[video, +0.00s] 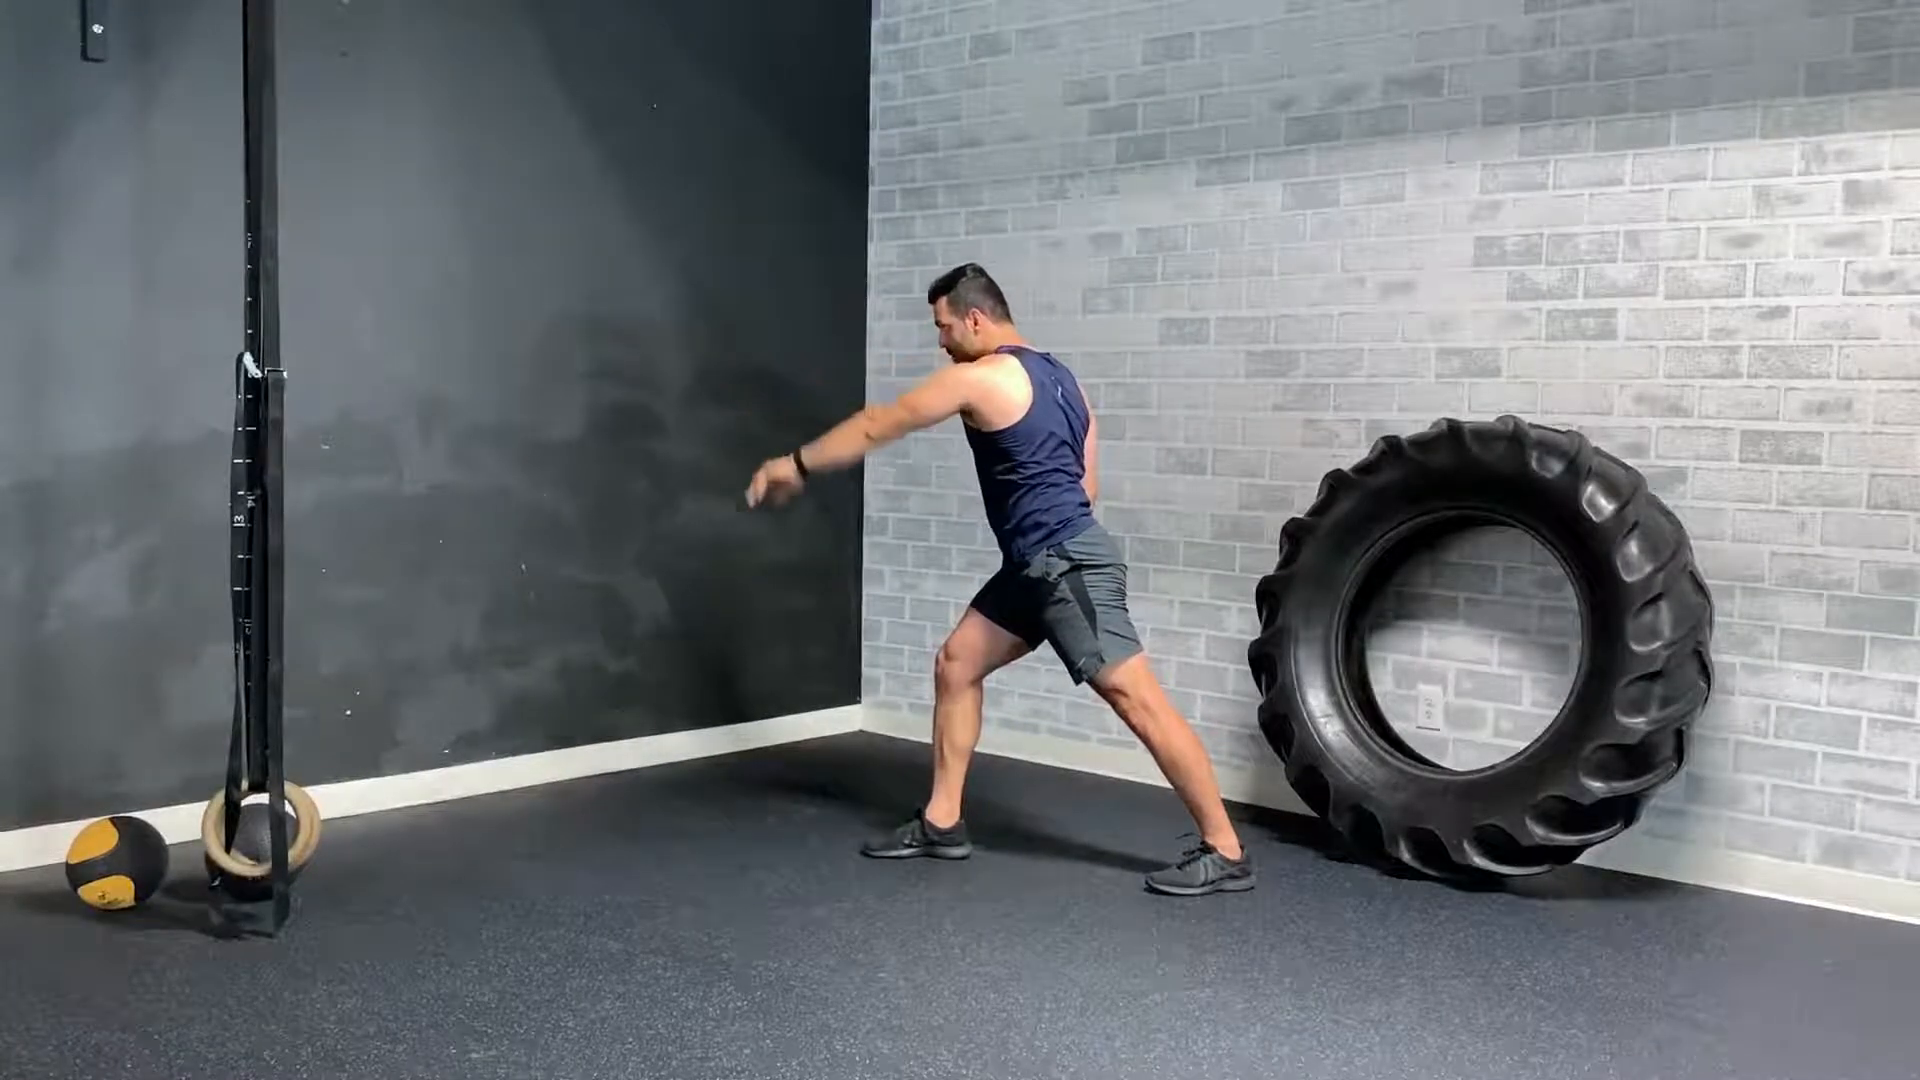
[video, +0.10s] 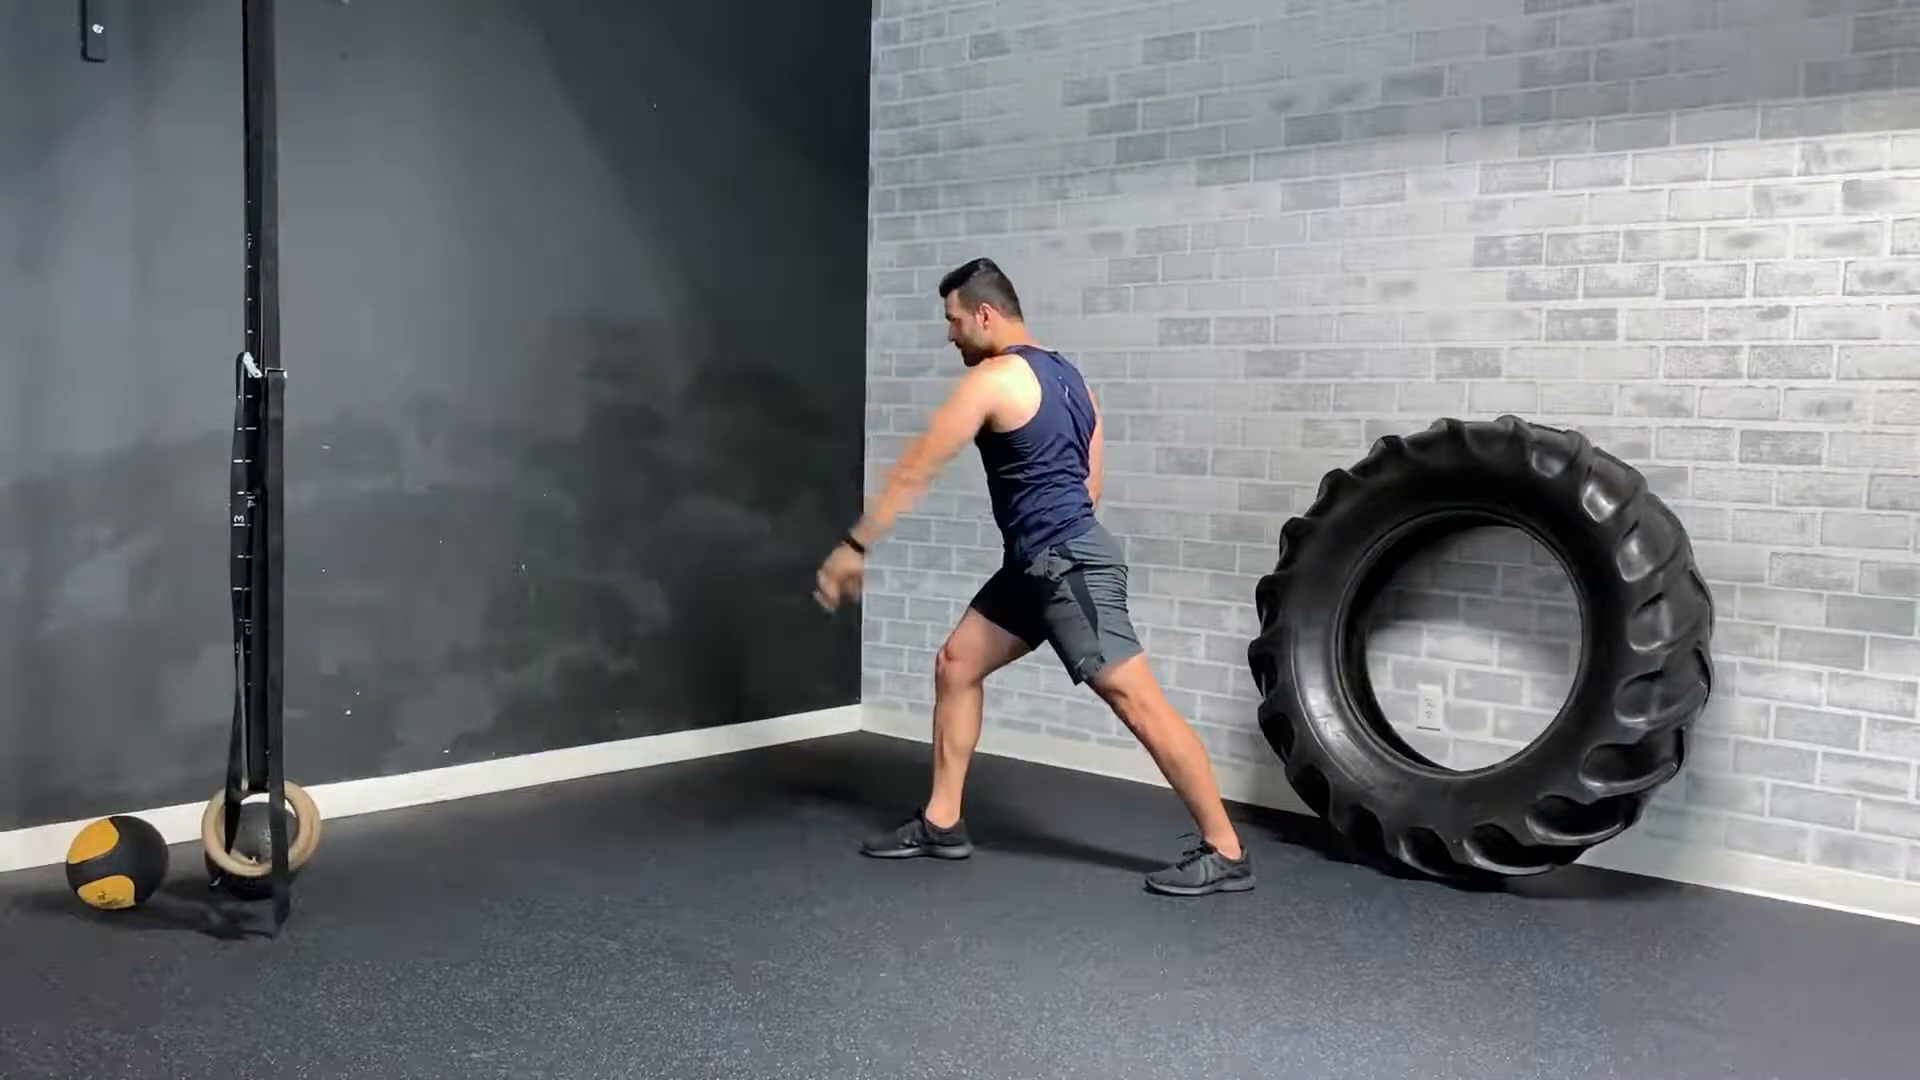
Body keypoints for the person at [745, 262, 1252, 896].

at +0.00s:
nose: (941, 342)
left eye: (943, 327)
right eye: (939, 330)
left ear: (973, 317)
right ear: (992, 315)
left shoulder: (975, 376)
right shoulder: (1060, 378)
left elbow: (877, 426)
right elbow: (1084, 489)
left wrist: (798, 463)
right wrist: (1044, 549)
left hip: (1067, 561)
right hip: (1049, 564)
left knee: (1139, 701)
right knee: (958, 662)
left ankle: (1225, 849)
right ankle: (942, 822)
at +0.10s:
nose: (950, 334)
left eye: (953, 319)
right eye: (948, 321)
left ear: (985, 313)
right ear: (1003, 313)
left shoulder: (992, 379)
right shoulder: (1070, 378)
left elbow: (914, 471)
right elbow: (1087, 490)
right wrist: (1051, 550)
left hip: (1069, 564)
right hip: (1045, 565)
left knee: (1139, 704)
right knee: (959, 662)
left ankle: (1225, 848)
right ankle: (942, 825)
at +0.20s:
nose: (957, 330)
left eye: (960, 316)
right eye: (955, 317)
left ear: (992, 309)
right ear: (1010, 310)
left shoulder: (1001, 381)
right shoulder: (1071, 375)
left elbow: (973, 496)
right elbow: (1091, 488)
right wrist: (1044, 547)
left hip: (1071, 561)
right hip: (1051, 563)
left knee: (1138, 702)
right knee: (960, 665)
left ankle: (1225, 848)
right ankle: (941, 824)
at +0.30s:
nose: (964, 324)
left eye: (967, 310)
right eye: (962, 311)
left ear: (1000, 305)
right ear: (1014, 305)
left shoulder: (1016, 380)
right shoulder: (1067, 365)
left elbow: (1032, 493)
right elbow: (1093, 481)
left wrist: (1033, 588)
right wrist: (1053, 547)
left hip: (1076, 559)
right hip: (1058, 555)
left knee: (1141, 700)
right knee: (965, 666)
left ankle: (1225, 848)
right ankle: (940, 824)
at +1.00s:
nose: (913, 318)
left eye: (919, 305)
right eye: (912, 306)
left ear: (955, 303)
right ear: (963, 305)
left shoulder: (974, 378)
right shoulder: (1002, 363)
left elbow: (978, 491)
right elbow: (1008, 483)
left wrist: (946, 580)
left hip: (1025, 558)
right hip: (1001, 561)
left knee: (1094, 696)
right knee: (915, 671)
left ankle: (1205, 829)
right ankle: (939, 827)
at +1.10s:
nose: (886, 305)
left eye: (891, 292)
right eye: (884, 293)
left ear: (926, 288)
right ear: (935, 290)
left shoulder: (939, 363)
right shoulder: (976, 349)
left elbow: (940, 473)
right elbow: (981, 466)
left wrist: (913, 562)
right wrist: (937, 558)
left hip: (984, 547)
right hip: (968, 546)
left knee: (1020, 699)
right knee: (902, 674)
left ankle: (1162, 807)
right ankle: (940, 825)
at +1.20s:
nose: (857, 293)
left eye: (864, 279)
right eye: (856, 280)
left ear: (900, 275)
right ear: (906, 277)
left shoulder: (916, 346)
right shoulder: (944, 335)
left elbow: (917, 453)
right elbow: (965, 449)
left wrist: (885, 542)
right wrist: (906, 534)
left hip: (956, 531)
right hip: (931, 531)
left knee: (939, 686)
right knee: (898, 674)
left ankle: (1080, 789)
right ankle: (940, 823)